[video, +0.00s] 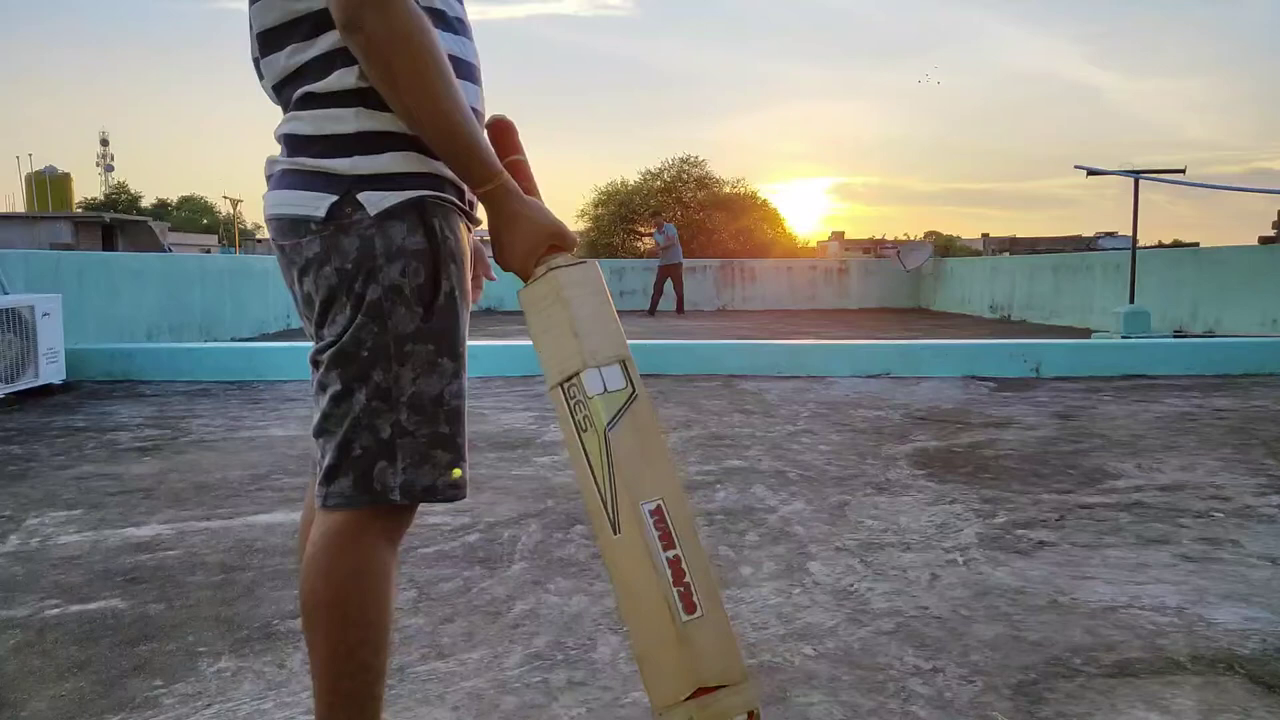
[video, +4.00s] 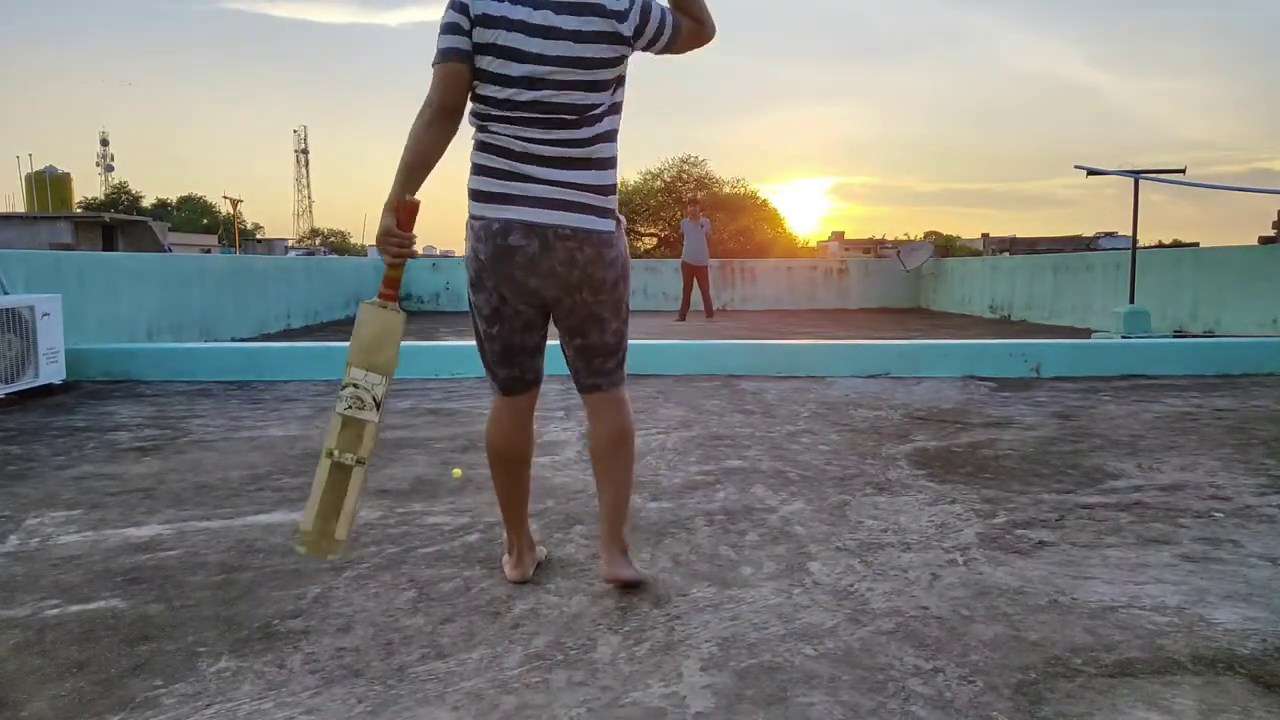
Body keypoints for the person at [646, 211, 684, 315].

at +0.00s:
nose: (655, 222)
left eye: (657, 219)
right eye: (653, 220)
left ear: (662, 218)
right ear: (653, 221)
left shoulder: (670, 227)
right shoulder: (656, 234)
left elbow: (673, 241)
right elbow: (658, 247)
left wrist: (660, 248)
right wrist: (654, 251)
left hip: (675, 261)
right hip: (664, 262)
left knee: (678, 289)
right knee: (658, 288)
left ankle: (680, 310)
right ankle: (651, 311)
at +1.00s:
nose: (664, 215)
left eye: (666, 212)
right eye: (664, 212)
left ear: (667, 213)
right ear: (674, 213)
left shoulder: (665, 227)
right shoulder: (677, 224)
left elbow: (658, 240)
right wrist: (641, 235)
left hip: (665, 258)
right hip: (676, 257)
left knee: (662, 288)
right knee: (672, 285)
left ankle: (667, 312)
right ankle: (677, 308)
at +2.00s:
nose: (689, 245)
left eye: (692, 242)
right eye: (688, 241)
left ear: (694, 245)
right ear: (685, 241)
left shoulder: (688, 254)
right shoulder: (676, 250)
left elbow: (672, 264)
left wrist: (660, 272)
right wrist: (680, 282)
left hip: (667, 266)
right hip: (653, 259)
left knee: (667, 290)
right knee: (639, 280)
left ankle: (662, 316)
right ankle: (630, 300)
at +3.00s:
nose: (698, 210)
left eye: (700, 208)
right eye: (696, 208)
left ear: (704, 210)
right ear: (693, 210)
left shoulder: (710, 224)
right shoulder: (687, 224)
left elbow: (716, 240)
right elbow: (678, 235)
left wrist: (719, 257)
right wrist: (671, 237)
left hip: (703, 263)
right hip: (688, 262)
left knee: (706, 292)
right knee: (685, 292)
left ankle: (710, 315)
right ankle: (682, 316)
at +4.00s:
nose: (693, 209)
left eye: (695, 206)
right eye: (691, 206)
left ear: (699, 208)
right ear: (687, 209)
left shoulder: (705, 222)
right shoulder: (683, 223)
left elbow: (709, 235)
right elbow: (681, 235)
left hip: (702, 261)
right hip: (687, 260)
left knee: (705, 291)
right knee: (686, 290)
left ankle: (709, 315)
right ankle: (682, 315)